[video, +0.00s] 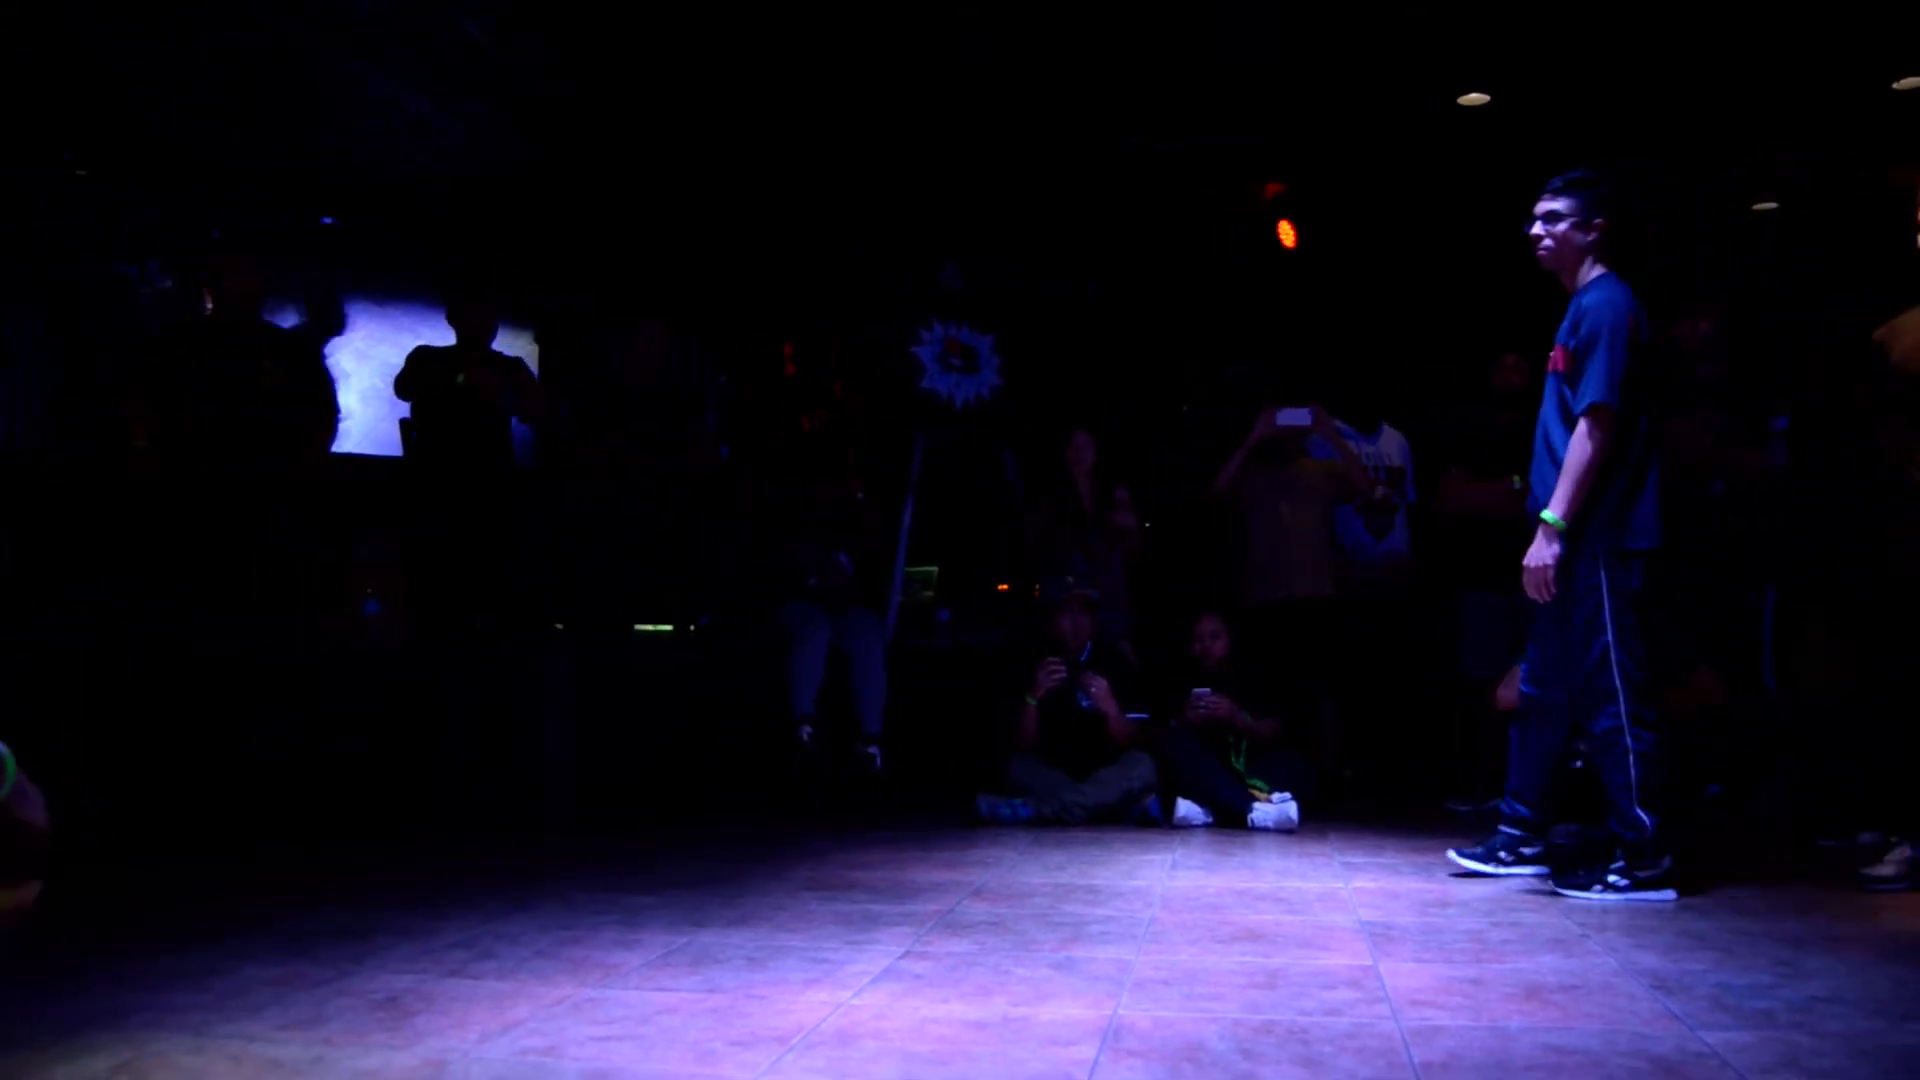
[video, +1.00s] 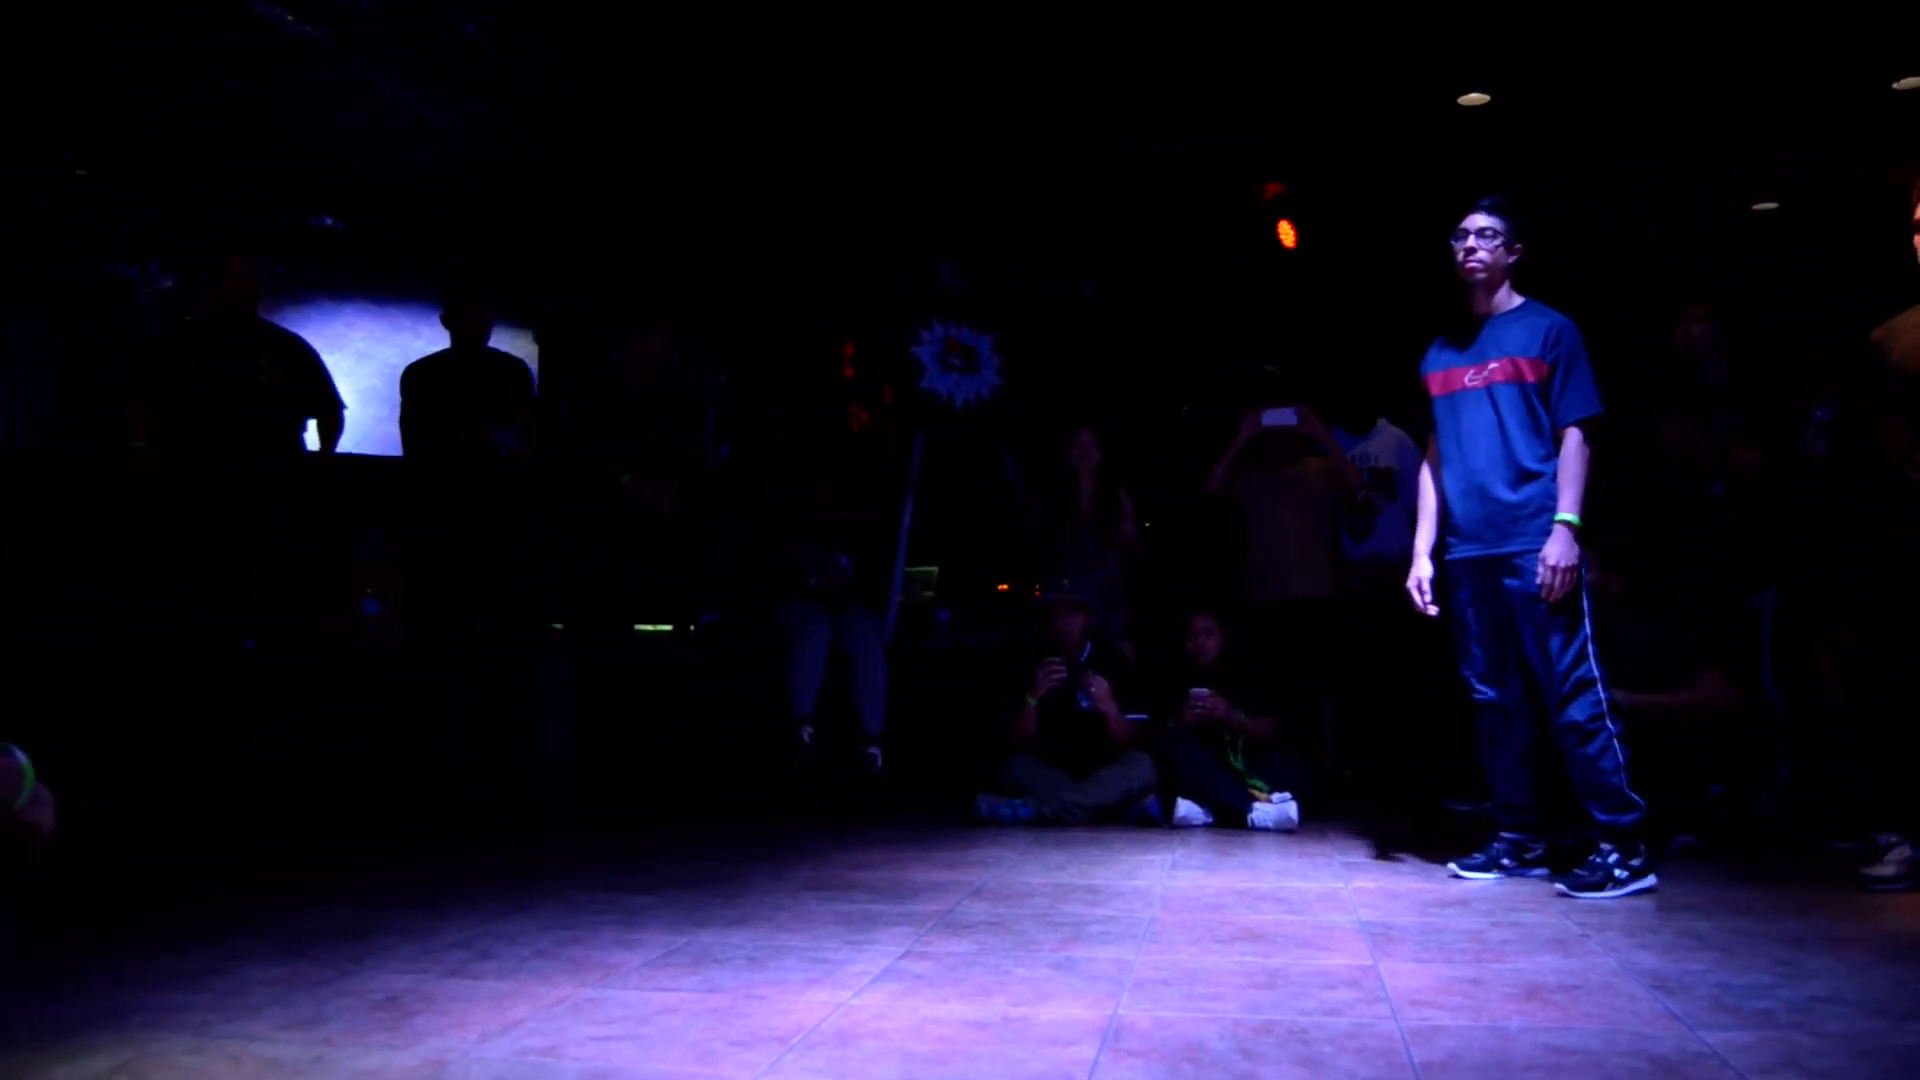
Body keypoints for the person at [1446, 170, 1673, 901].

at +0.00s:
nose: (1536, 232)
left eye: (1551, 221)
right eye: (1535, 221)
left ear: (1592, 230)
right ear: (1554, 235)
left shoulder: (1606, 306)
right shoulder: (1584, 306)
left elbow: (1596, 429)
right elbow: (1586, 430)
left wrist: (1551, 529)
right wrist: (1550, 524)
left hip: (1604, 529)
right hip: (1577, 526)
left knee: (1611, 689)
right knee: (1547, 679)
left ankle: (1641, 853)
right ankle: (1519, 831)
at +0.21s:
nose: (1518, 234)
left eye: (1534, 223)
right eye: (1517, 223)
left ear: (1571, 235)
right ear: (1525, 237)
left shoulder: (1592, 310)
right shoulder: (1551, 315)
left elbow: (1594, 427)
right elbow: (1535, 440)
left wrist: (1573, 527)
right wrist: (1511, 546)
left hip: (1563, 536)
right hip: (1527, 538)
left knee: (1594, 695)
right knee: (1530, 691)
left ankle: (1640, 851)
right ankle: (1520, 837)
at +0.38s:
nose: (1500, 237)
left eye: (1516, 226)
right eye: (1499, 227)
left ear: (1553, 238)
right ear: (1505, 241)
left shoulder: (1578, 315)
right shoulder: (1520, 328)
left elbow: (1591, 429)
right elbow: (1500, 456)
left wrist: (1574, 528)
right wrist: (1465, 549)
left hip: (1552, 540)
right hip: (1504, 544)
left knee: (1583, 694)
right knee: (1519, 695)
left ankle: (1639, 850)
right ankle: (1521, 838)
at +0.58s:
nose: (1487, 242)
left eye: (1502, 231)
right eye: (1483, 232)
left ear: (1537, 242)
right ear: (1480, 248)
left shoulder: (1567, 322)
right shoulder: (1480, 341)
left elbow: (1581, 434)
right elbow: (1464, 453)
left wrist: (1557, 532)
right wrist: (1429, 543)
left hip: (1543, 542)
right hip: (1483, 548)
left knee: (1576, 698)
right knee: (1506, 699)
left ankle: (1636, 849)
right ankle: (1519, 840)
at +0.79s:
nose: (1480, 245)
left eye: (1495, 234)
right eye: (1473, 235)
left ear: (1525, 247)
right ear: (1466, 251)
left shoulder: (1557, 326)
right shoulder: (1457, 348)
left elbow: (1578, 433)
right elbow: (1446, 453)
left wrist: (1559, 528)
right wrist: (1420, 544)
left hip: (1535, 542)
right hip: (1472, 549)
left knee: (1572, 696)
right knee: (1500, 697)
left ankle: (1630, 846)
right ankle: (1519, 840)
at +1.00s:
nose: (1468, 248)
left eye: (1483, 238)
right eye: (1461, 239)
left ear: (1513, 252)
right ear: (1452, 254)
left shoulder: (1548, 332)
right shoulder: (1440, 356)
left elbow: (1575, 436)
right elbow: (1434, 459)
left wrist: (1565, 530)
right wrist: (1422, 551)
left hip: (1534, 543)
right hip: (1464, 551)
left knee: (1572, 697)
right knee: (1495, 699)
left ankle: (1623, 846)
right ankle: (1518, 838)